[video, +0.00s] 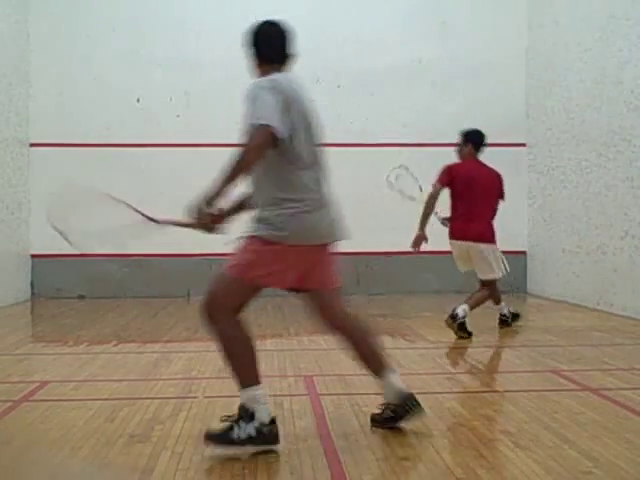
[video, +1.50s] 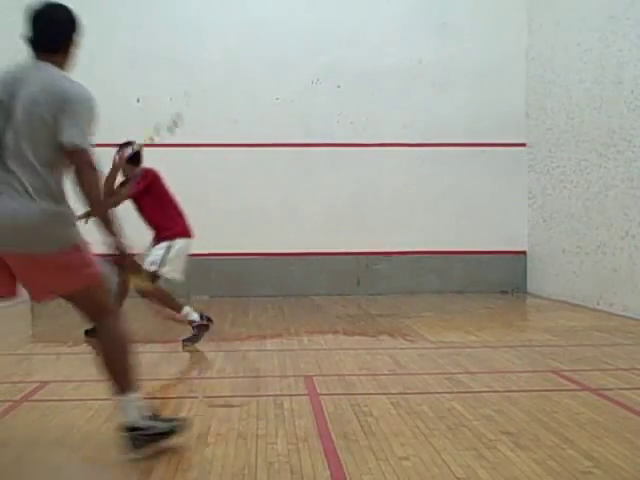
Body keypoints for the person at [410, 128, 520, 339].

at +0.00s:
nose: (457, 150)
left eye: (460, 146)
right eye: (458, 146)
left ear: (469, 147)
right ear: (478, 149)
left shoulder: (453, 170)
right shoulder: (494, 176)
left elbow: (433, 197)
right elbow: (491, 212)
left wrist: (421, 230)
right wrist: (454, 219)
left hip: (458, 238)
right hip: (483, 239)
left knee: (487, 277)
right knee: (489, 287)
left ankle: (504, 312)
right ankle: (460, 313)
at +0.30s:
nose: (399, 132)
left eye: (404, 128)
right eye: (400, 127)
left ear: (418, 129)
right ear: (421, 130)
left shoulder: (407, 155)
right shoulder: (442, 153)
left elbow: (412, 187)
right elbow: (470, 185)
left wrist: (411, 227)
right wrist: (459, 214)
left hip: (424, 224)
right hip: (451, 222)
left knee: (423, 262)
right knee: (459, 272)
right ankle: (450, 321)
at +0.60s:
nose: (339, 113)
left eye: (343, 109)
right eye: (340, 108)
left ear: (357, 110)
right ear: (361, 110)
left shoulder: (347, 136)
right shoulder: (380, 136)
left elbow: (350, 169)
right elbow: (410, 164)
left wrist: (334, 203)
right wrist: (406, 201)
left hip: (360, 209)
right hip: (386, 206)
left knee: (365, 266)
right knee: (397, 259)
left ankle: (378, 322)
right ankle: (413, 315)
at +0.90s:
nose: (272, 134)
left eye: (274, 129)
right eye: (273, 129)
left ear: (282, 130)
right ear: (291, 131)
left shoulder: (285, 155)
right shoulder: (307, 155)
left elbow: (281, 194)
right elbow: (320, 193)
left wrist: (261, 229)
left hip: (302, 225)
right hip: (325, 225)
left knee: (261, 262)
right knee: (342, 278)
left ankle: (242, 319)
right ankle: (367, 327)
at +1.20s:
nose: (181, 149)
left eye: (182, 144)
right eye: (182, 144)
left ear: (187, 145)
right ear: (201, 143)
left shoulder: (203, 164)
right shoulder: (205, 163)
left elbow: (198, 206)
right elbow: (198, 207)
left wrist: (173, 224)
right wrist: (179, 228)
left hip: (229, 227)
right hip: (235, 226)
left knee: (191, 269)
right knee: (200, 269)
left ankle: (208, 327)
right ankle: (235, 307)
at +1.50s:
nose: (121, 167)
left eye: (122, 163)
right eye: (120, 163)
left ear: (127, 161)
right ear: (136, 159)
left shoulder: (146, 175)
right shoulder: (131, 181)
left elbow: (118, 199)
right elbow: (107, 197)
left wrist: (92, 212)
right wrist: (115, 168)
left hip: (175, 237)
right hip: (162, 237)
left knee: (145, 284)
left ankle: (197, 319)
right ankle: (107, 325)